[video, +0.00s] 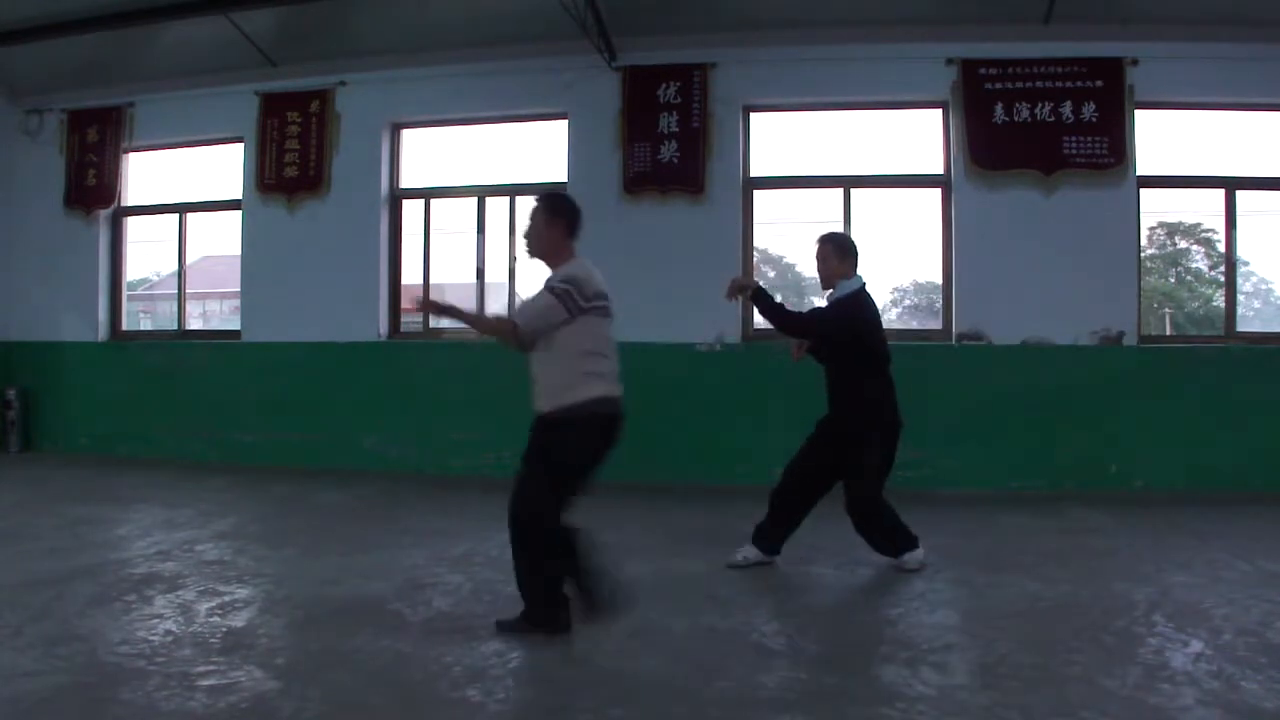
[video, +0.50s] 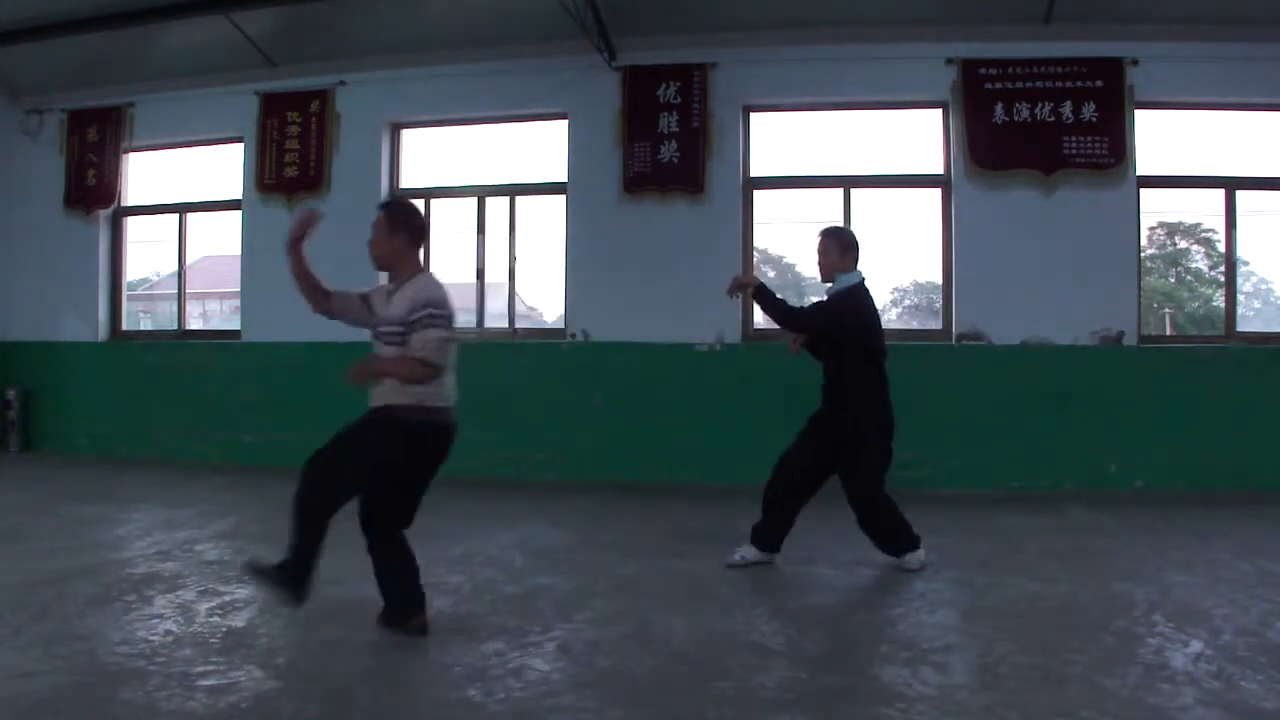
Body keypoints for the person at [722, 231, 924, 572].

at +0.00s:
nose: (817, 268)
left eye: (822, 261)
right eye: (817, 261)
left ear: (842, 262)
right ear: (844, 263)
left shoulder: (850, 308)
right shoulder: (851, 302)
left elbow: (795, 325)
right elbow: (845, 352)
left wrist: (755, 292)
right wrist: (811, 347)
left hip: (869, 420)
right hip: (847, 415)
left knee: (861, 496)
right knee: (800, 481)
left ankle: (907, 548)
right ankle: (765, 546)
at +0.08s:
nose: (818, 267)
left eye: (822, 260)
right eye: (818, 260)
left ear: (842, 261)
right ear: (845, 262)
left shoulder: (850, 306)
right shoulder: (852, 301)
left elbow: (793, 323)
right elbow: (844, 351)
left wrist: (754, 291)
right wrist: (811, 345)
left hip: (868, 419)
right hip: (846, 414)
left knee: (861, 495)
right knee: (800, 481)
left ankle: (908, 548)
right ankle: (765, 546)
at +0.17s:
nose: (819, 266)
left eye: (824, 259)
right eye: (819, 259)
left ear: (845, 260)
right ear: (846, 261)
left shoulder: (851, 306)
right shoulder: (851, 301)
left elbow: (796, 323)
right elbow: (843, 351)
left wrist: (755, 291)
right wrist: (811, 344)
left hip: (867, 419)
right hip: (846, 414)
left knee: (861, 494)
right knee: (800, 481)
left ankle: (908, 548)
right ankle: (765, 546)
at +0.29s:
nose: (821, 263)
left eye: (826, 256)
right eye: (821, 256)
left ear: (847, 258)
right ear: (848, 259)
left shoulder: (851, 304)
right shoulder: (855, 299)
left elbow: (799, 321)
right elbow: (845, 352)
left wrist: (756, 290)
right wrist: (813, 343)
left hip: (863, 417)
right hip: (849, 412)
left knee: (862, 493)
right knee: (799, 479)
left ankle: (908, 548)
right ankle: (765, 546)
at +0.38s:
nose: (821, 261)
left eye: (826, 254)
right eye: (821, 254)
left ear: (848, 256)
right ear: (847, 257)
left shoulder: (851, 302)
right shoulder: (854, 298)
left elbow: (800, 321)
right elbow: (844, 351)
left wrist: (757, 289)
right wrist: (811, 342)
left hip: (860, 415)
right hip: (848, 410)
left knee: (863, 489)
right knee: (797, 478)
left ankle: (909, 548)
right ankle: (764, 546)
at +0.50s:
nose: (817, 260)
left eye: (823, 253)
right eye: (818, 253)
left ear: (844, 256)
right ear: (844, 258)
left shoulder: (847, 301)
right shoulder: (852, 298)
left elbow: (796, 321)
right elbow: (841, 351)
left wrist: (756, 289)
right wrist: (808, 342)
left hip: (856, 414)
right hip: (848, 410)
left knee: (863, 487)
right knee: (792, 473)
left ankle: (909, 548)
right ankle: (764, 545)